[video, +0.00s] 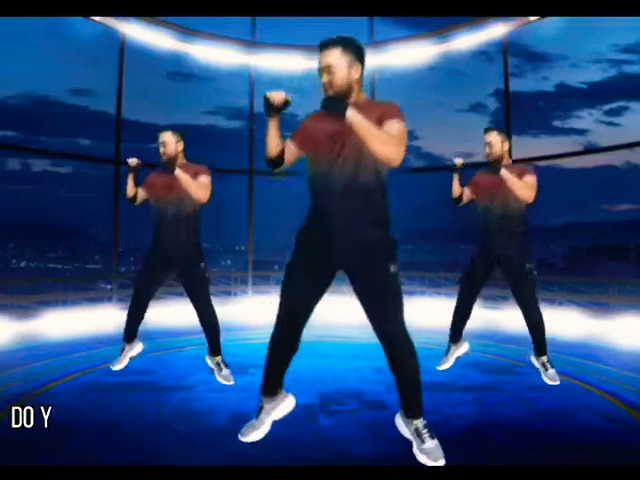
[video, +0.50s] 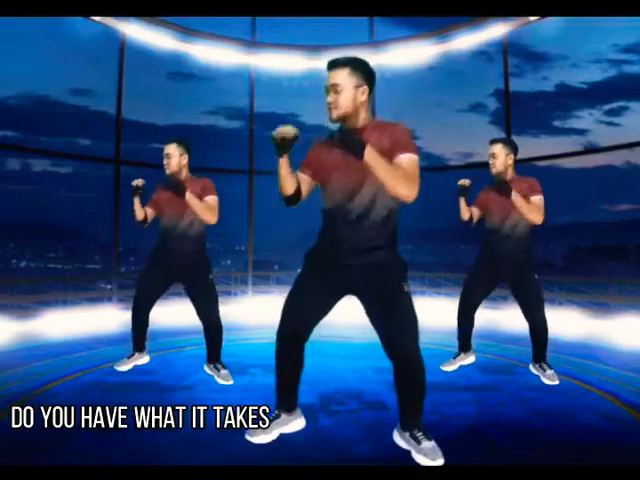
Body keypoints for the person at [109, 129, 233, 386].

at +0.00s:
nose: (162, 149)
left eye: (166, 144)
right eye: (160, 145)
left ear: (180, 146)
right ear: (159, 149)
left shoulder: (199, 173)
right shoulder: (156, 178)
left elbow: (202, 196)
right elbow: (134, 198)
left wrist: (177, 171)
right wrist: (132, 172)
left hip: (189, 251)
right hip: (160, 250)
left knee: (203, 305)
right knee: (140, 297)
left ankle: (216, 356)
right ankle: (129, 343)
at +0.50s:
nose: (166, 161)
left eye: (170, 156)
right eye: (165, 157)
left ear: (185, 159)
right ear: (165, 161)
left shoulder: (204, 185)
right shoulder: (163, 191)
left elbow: (211, 217)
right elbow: (142, 219)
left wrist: (186, 192)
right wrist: (137, 196)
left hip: (194, 261)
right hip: (164, 260)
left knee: (211, 316)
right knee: (141, 304)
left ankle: (214, 363)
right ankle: (139, 353)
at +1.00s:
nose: (156, 164)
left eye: (160, 160)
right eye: (155, 160)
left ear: (169, 162)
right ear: (161, 162)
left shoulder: (170, 180)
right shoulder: (173, 182)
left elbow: (140, 183)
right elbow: (139, 183)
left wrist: (117, 178)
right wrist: (121, 180)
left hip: (172, 256)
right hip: (160, 255)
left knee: (180, 315)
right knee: (136, 297)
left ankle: (230, 356)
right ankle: (140, 352)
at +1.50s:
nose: (158, 160)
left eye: (162, 155)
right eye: (156, 156)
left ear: (177, 155)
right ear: (158, 158)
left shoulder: (196, 179)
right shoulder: (156, 189)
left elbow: (206, 207)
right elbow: (136, 215)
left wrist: (182, 180)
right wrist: (129, 187)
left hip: (192, 258)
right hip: (162, 259)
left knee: (210, 312)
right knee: (143, 305)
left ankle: (217, 362)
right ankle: (140, 353)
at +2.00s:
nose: (169, 167)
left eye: (174, 162)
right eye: (164, 163)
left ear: (183, 165)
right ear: (159, 167)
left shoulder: (196, 192)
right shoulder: (154, 199)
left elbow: (208, 222)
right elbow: (136, 225)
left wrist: (187, 195)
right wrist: (128, 202)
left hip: (191, 269)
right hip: (160, 269)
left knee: (210, 320)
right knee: (131, 307)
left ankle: (218, 363)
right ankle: (139, 353)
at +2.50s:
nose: (168, 161)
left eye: (173, 156)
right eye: (163, 156)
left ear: (182, 160)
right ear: (158, 161)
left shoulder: (195, 188)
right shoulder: (154, 193)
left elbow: (204, 221)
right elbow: (137, 220)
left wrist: (184, 194)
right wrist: (126, 201)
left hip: (189, 264)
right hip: (157, 264)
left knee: (207, 318)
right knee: (133, 306)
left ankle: (213, 365)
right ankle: (138, 353)